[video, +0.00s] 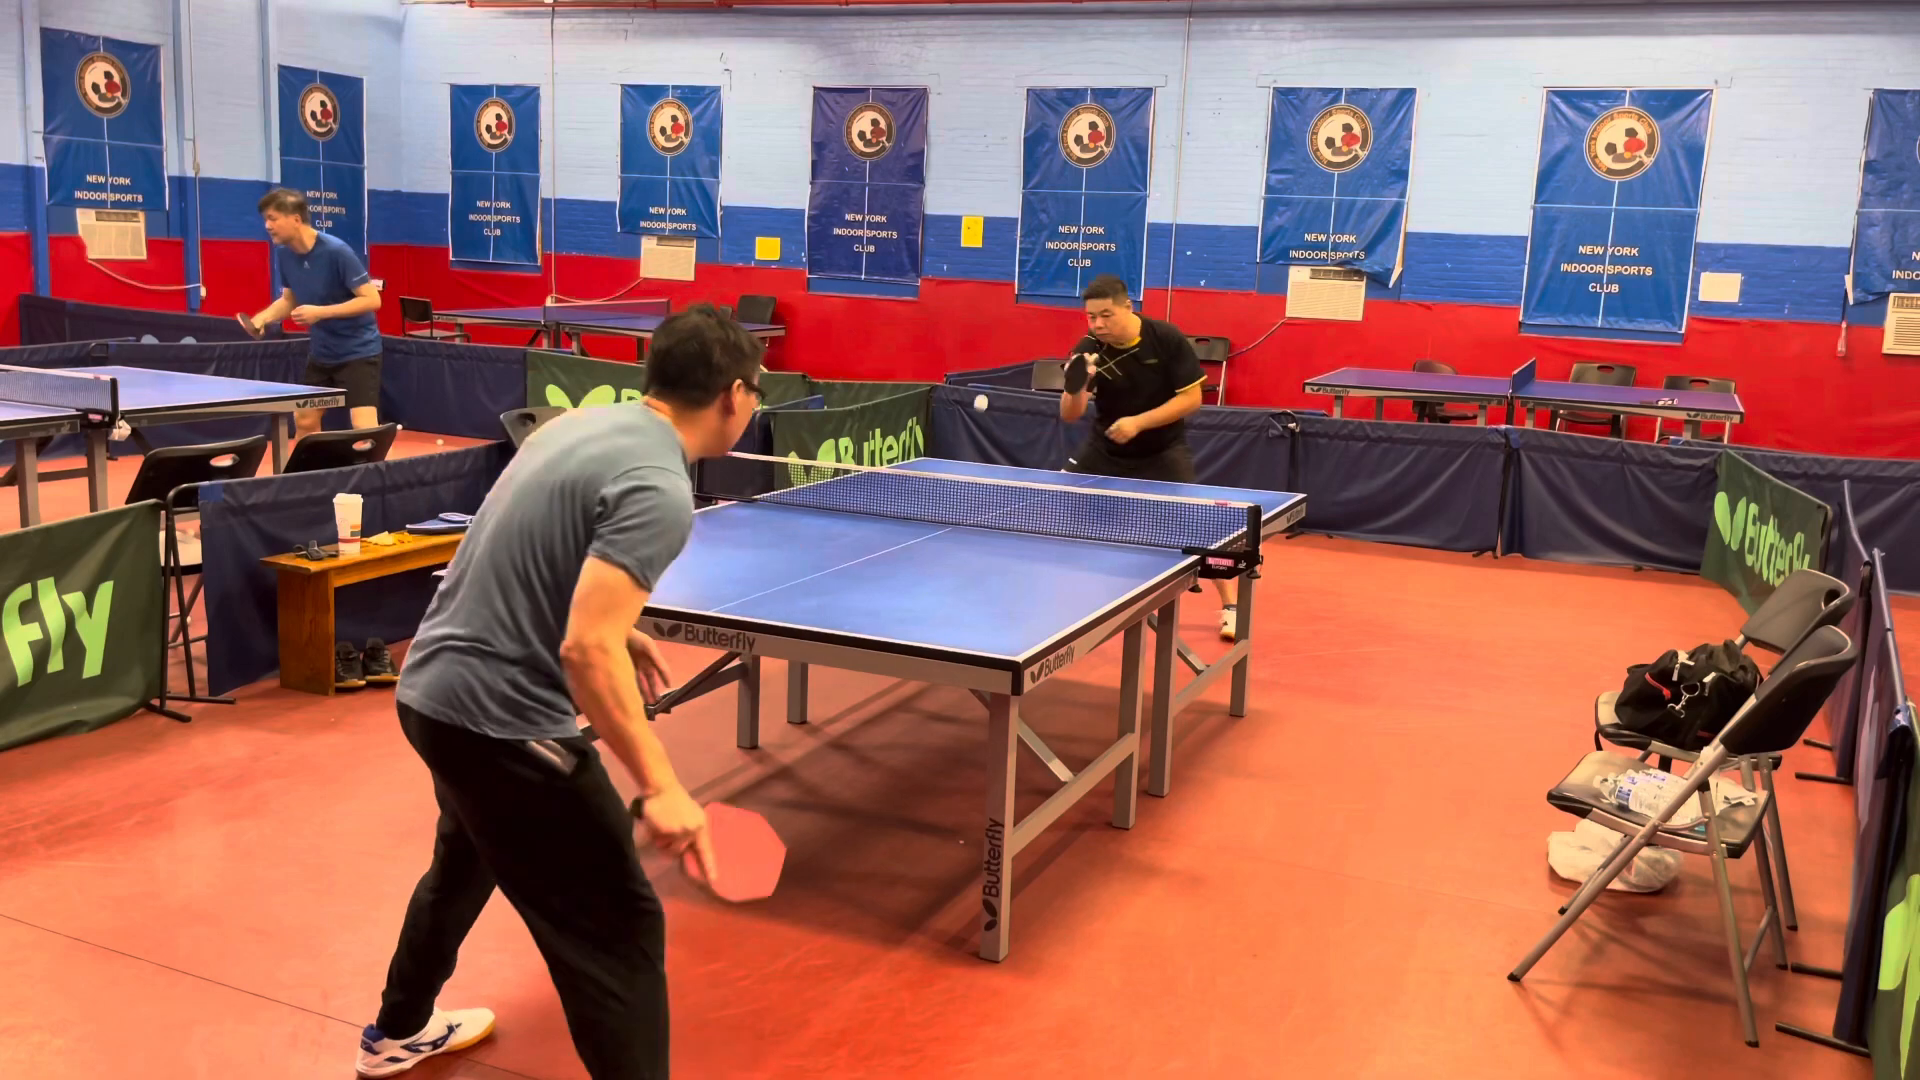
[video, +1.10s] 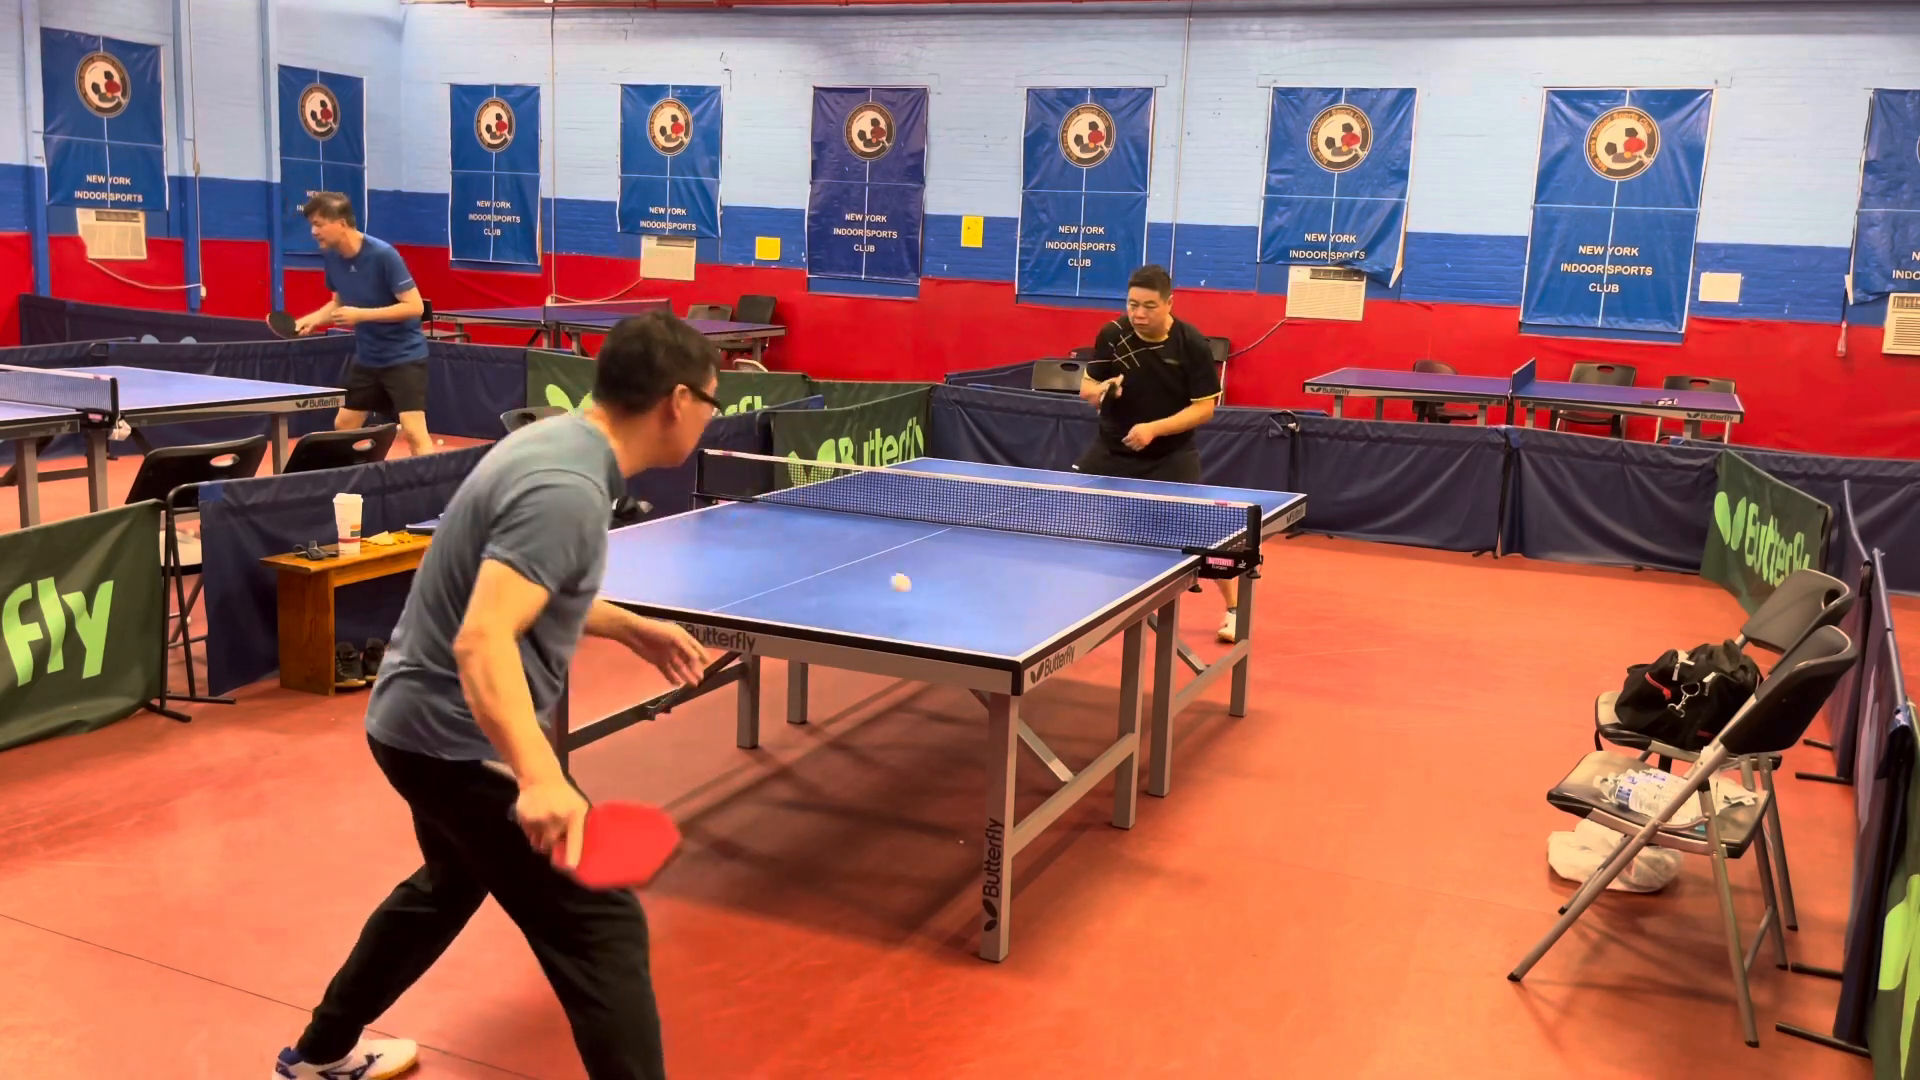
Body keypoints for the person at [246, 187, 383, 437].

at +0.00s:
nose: (267, 226)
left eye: (273, 219)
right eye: (266, 220)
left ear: (296, 219)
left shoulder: (337, 251)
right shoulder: (284, 254)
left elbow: (372, 299)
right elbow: (289, 299)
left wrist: (320, 312)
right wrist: (261, 318)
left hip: (359, 354)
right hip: (321, 353)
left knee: (364, 429)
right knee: (305, 422)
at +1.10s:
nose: (314, 232)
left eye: (319, 224)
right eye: (312, 225)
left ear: (342, 224)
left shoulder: (384, 255)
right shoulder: (333, 258)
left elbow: (415, 307)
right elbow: (340, 302)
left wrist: (360, 315)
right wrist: (313, 319)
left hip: (404, 358)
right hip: (366, 358)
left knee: (413, 431)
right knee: (344, 425)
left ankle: (434, 493)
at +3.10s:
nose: (324, 216)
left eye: (330, 209)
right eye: (323, 210)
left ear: (353, 210)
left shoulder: (389, 245)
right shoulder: (336, 246)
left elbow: (420, 296)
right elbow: (340, 296)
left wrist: (367, 304)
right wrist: (320, 311)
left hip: (397, 354)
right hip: (358, 354)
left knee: (409, 427)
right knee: (347, 423)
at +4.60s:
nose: (317, 265)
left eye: (322, 257)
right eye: (315, 258)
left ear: (345, 251)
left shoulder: (387, 276)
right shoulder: (332, 280)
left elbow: (418, 328)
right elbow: (328, 322)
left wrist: (365, 338)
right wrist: (306, 339)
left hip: (417, 361)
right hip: (378, 362)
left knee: (419, 430)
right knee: (342, 425)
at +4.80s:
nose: (321, 264)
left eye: (326, 256)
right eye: (318, 258)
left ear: (348, 251)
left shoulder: (393, 276)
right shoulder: (327, 274)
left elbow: (423, 327)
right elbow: (296, 303)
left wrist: (371, 338)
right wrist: (269, 314)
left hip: (418, 362)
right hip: (377, 364)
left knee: (419, 430)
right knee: (341, 425)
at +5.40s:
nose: (325, 254)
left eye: (329, 247)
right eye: (323, 247)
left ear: (351, 243)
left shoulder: (396, 271)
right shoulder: (342, 272)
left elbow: (426, 324)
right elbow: (340, 314)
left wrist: (372, 332)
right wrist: (311, 332)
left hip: (423, 361)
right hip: (383, 361)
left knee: (420, 429)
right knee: (354, 426)